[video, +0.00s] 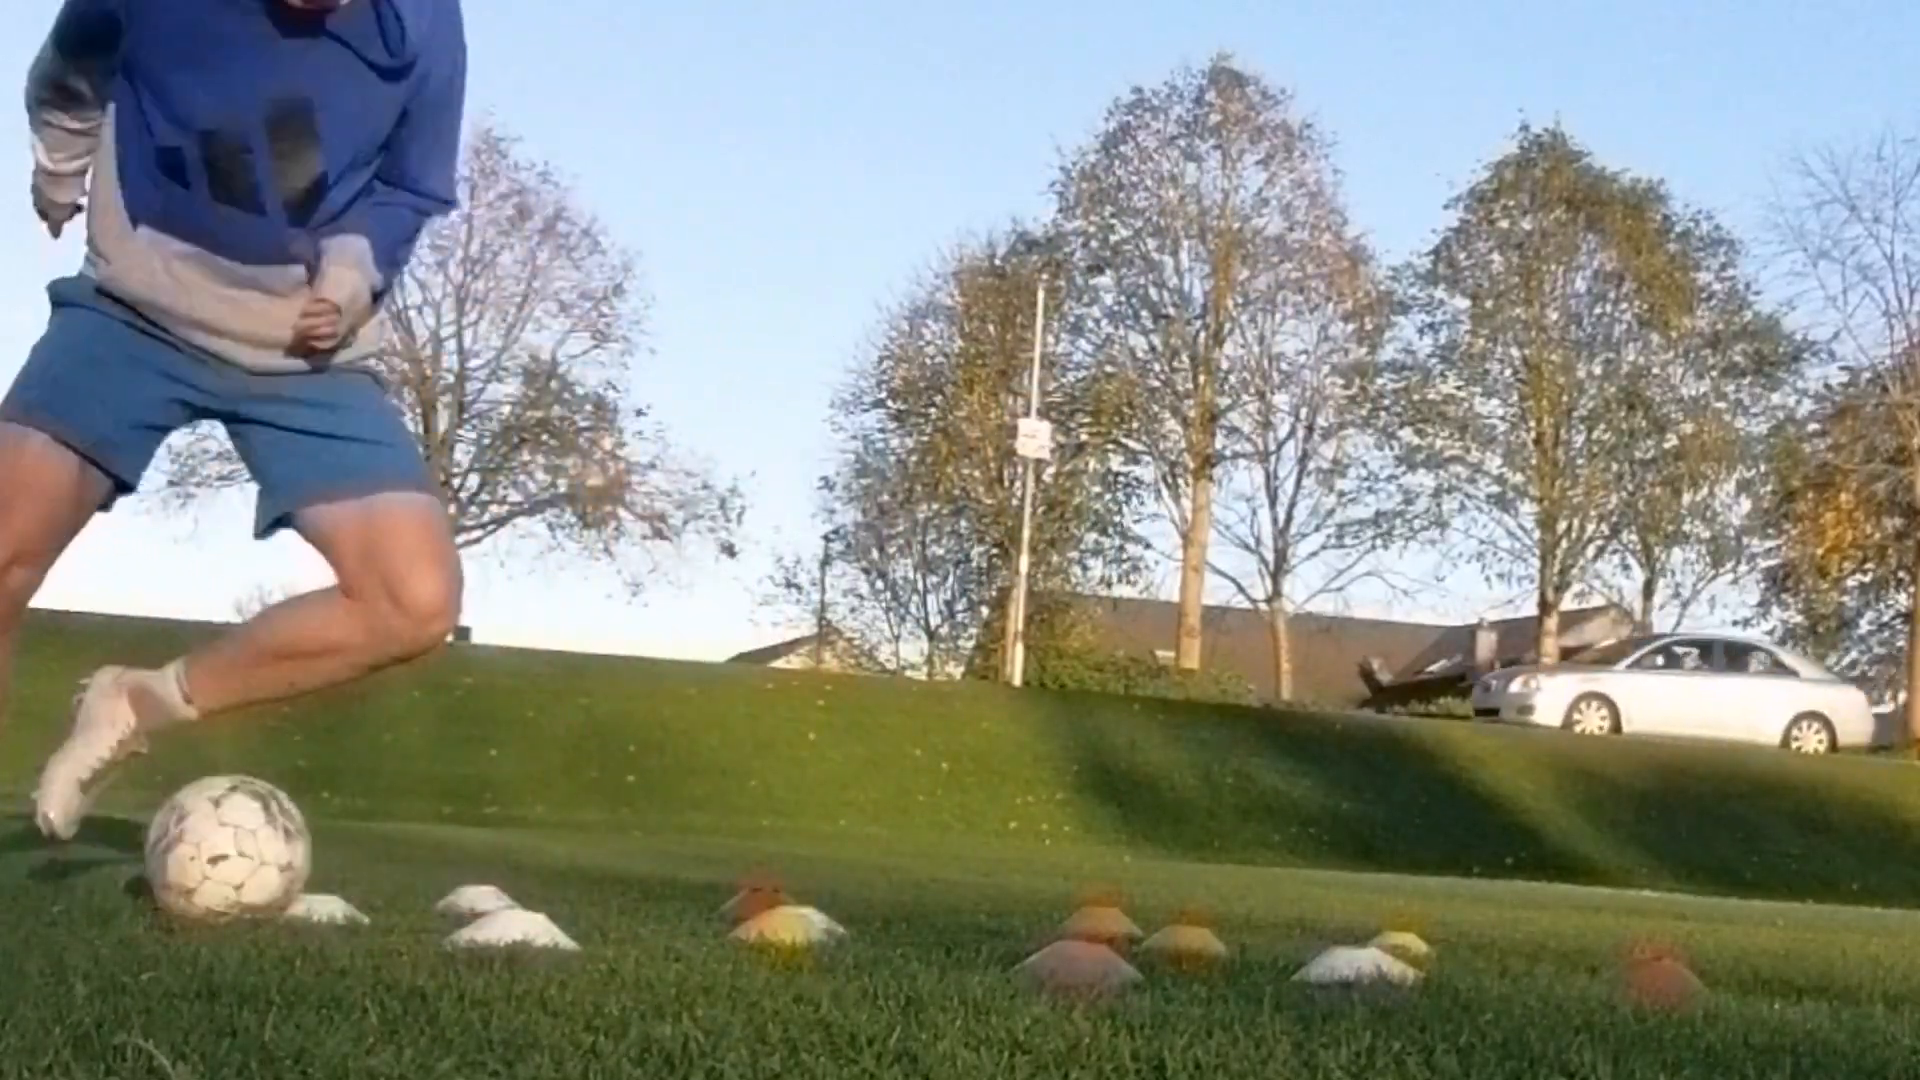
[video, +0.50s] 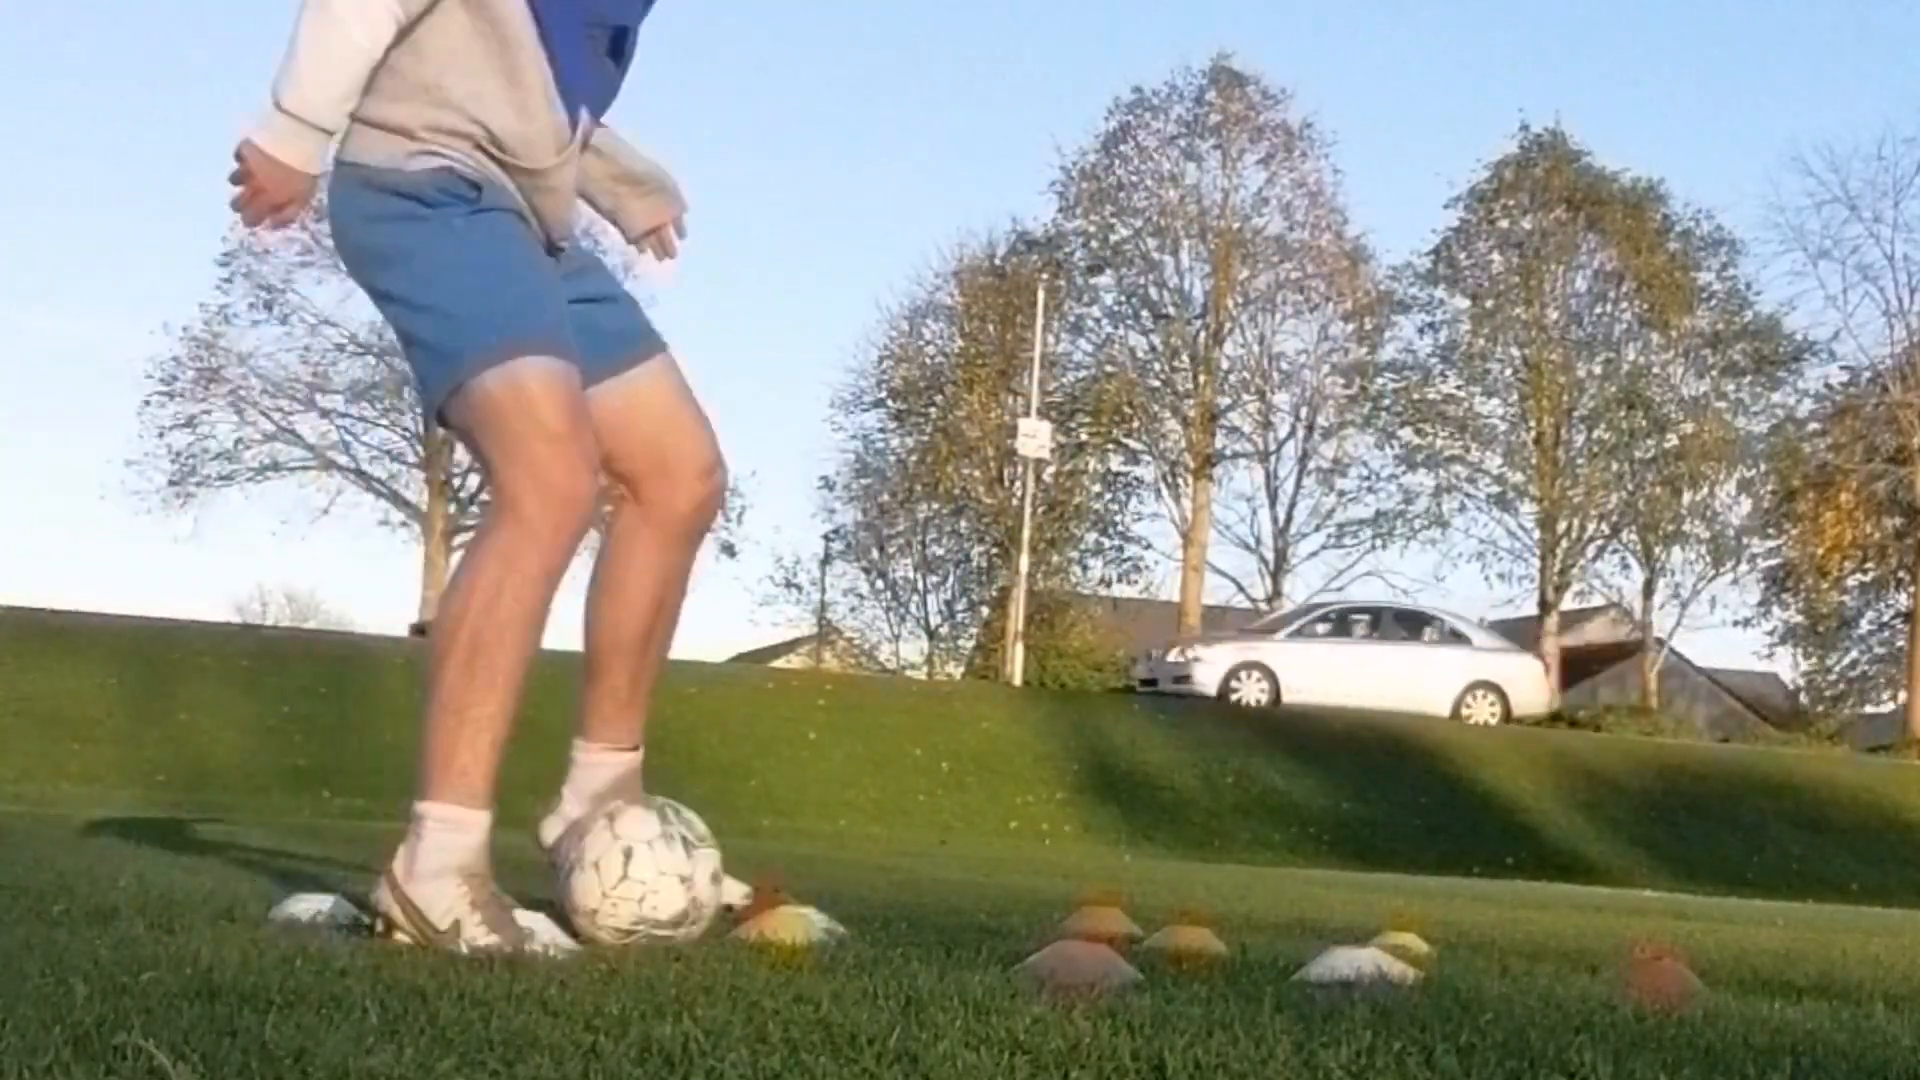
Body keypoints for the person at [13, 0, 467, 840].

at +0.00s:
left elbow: (410, 187)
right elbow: (69, 79)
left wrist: (352, 285)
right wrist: (61, 177)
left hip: (311, 364)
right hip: (129, 321)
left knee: (413, 603)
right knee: (5, 565)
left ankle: (147, 700)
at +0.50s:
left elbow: (522, 89)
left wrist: (628, 184)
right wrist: (298, 130)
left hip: (516, 189)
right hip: (414, 161)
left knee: (676, 478)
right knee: (549, 482)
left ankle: (597, 817)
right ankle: (436, 871)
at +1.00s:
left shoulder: (814, 19)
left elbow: (837, 59)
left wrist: (973, 97)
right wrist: (448, 31)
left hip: (576, 201)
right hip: (675, 186)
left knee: (640, 557)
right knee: (877, 472)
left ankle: (493, 879)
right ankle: (837, 810)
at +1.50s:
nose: (1002, 39)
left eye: (1008, 27)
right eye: (1004, 21)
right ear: (978, 6)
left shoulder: (719, 8)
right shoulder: (935, 5)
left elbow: (578, 34)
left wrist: (662, 155)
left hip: (611, 240)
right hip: (760, 252)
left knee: (594, 513)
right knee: (852, 557)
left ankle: (466, 782)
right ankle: (865, 875)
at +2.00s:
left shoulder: (772, 5)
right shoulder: (970, 5)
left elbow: (677, 89)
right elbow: (991, 121)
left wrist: (766, 172)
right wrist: (1066, 256)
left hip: (723, 284)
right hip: (852, 281)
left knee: (710, 585)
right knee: (994, 532)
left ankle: (645, 859)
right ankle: (911, 776)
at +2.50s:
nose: (1280, 118)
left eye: (1282, 104)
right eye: (1280, 101)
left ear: (1201, 64)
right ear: (1260, 76)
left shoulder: (1081, 120)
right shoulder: (1250, 97)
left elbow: (978, 217)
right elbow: (1330, 225)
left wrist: (1042, 347)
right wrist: (1361, 286)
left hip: (1049, 411)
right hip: (1158, 402)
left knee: (1157, 648)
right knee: (1333, 574)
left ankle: (1127, 904)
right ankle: (1147, 724)